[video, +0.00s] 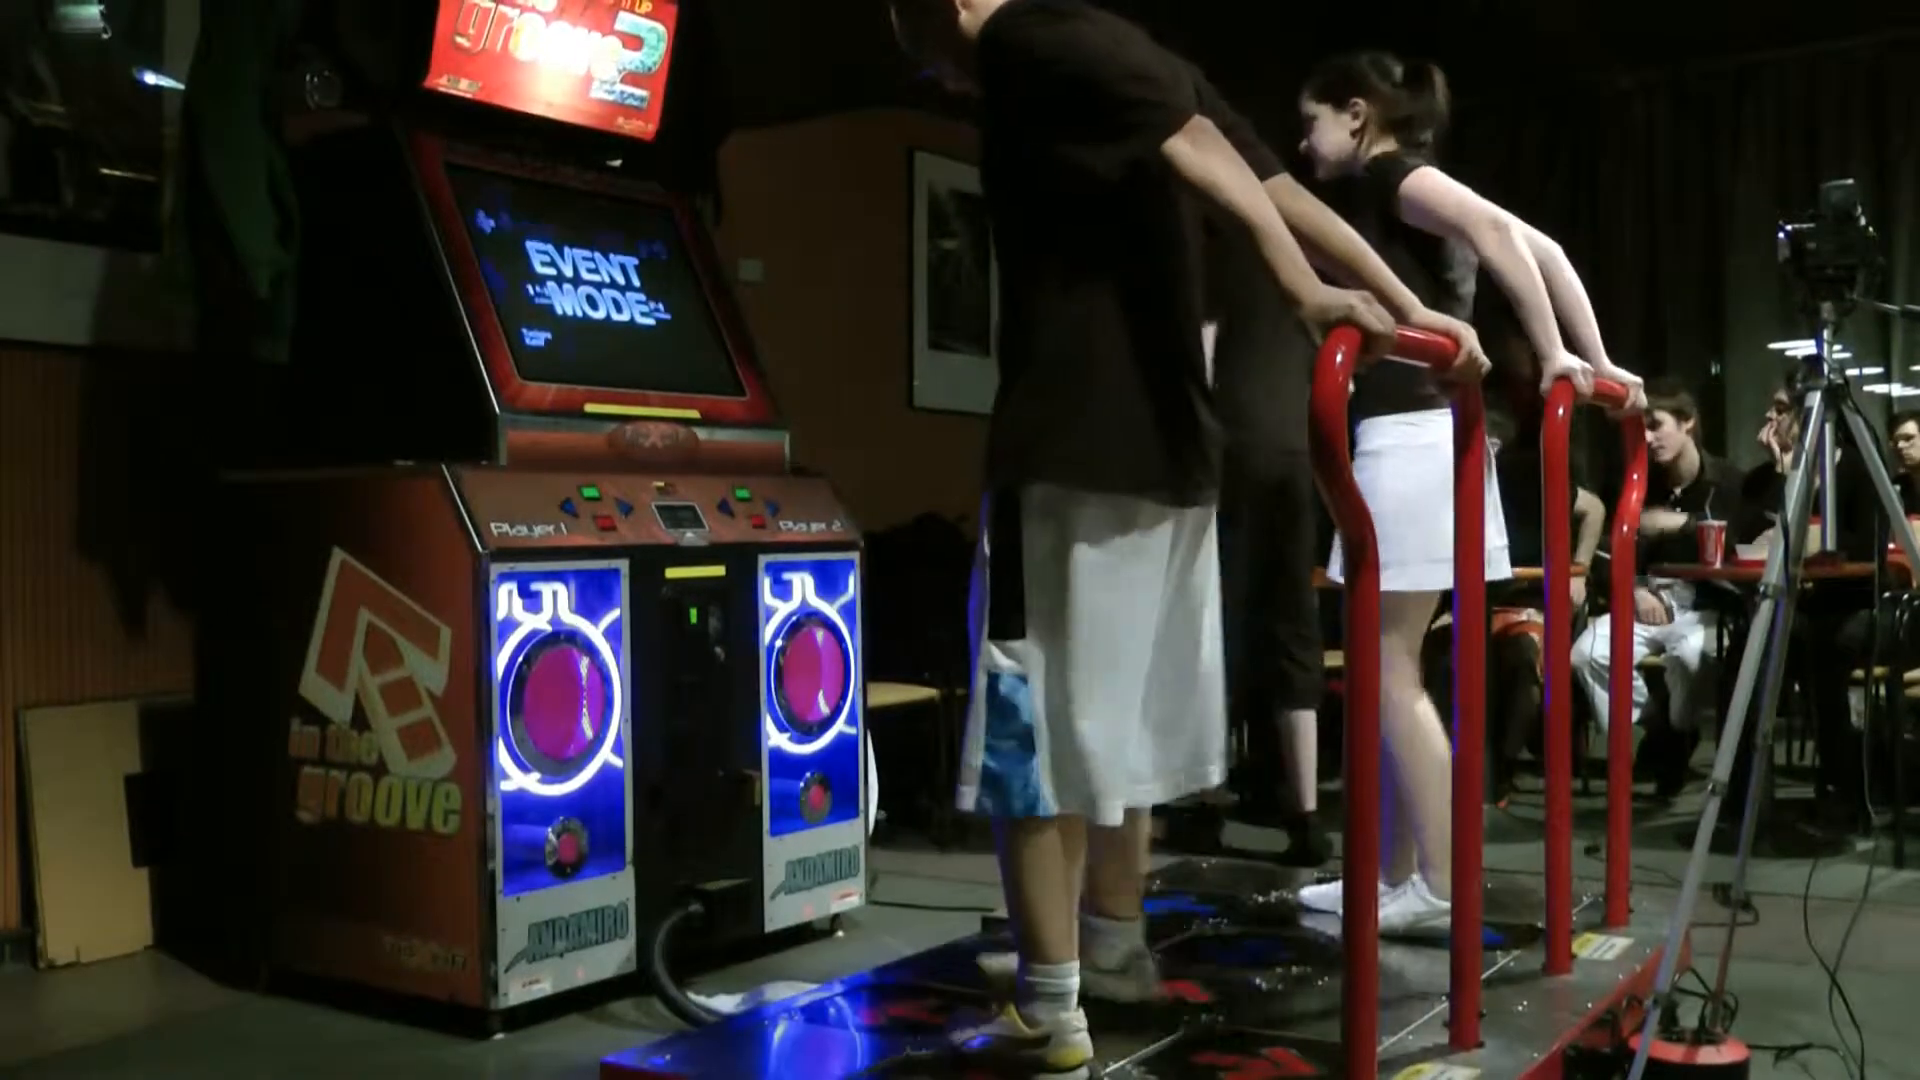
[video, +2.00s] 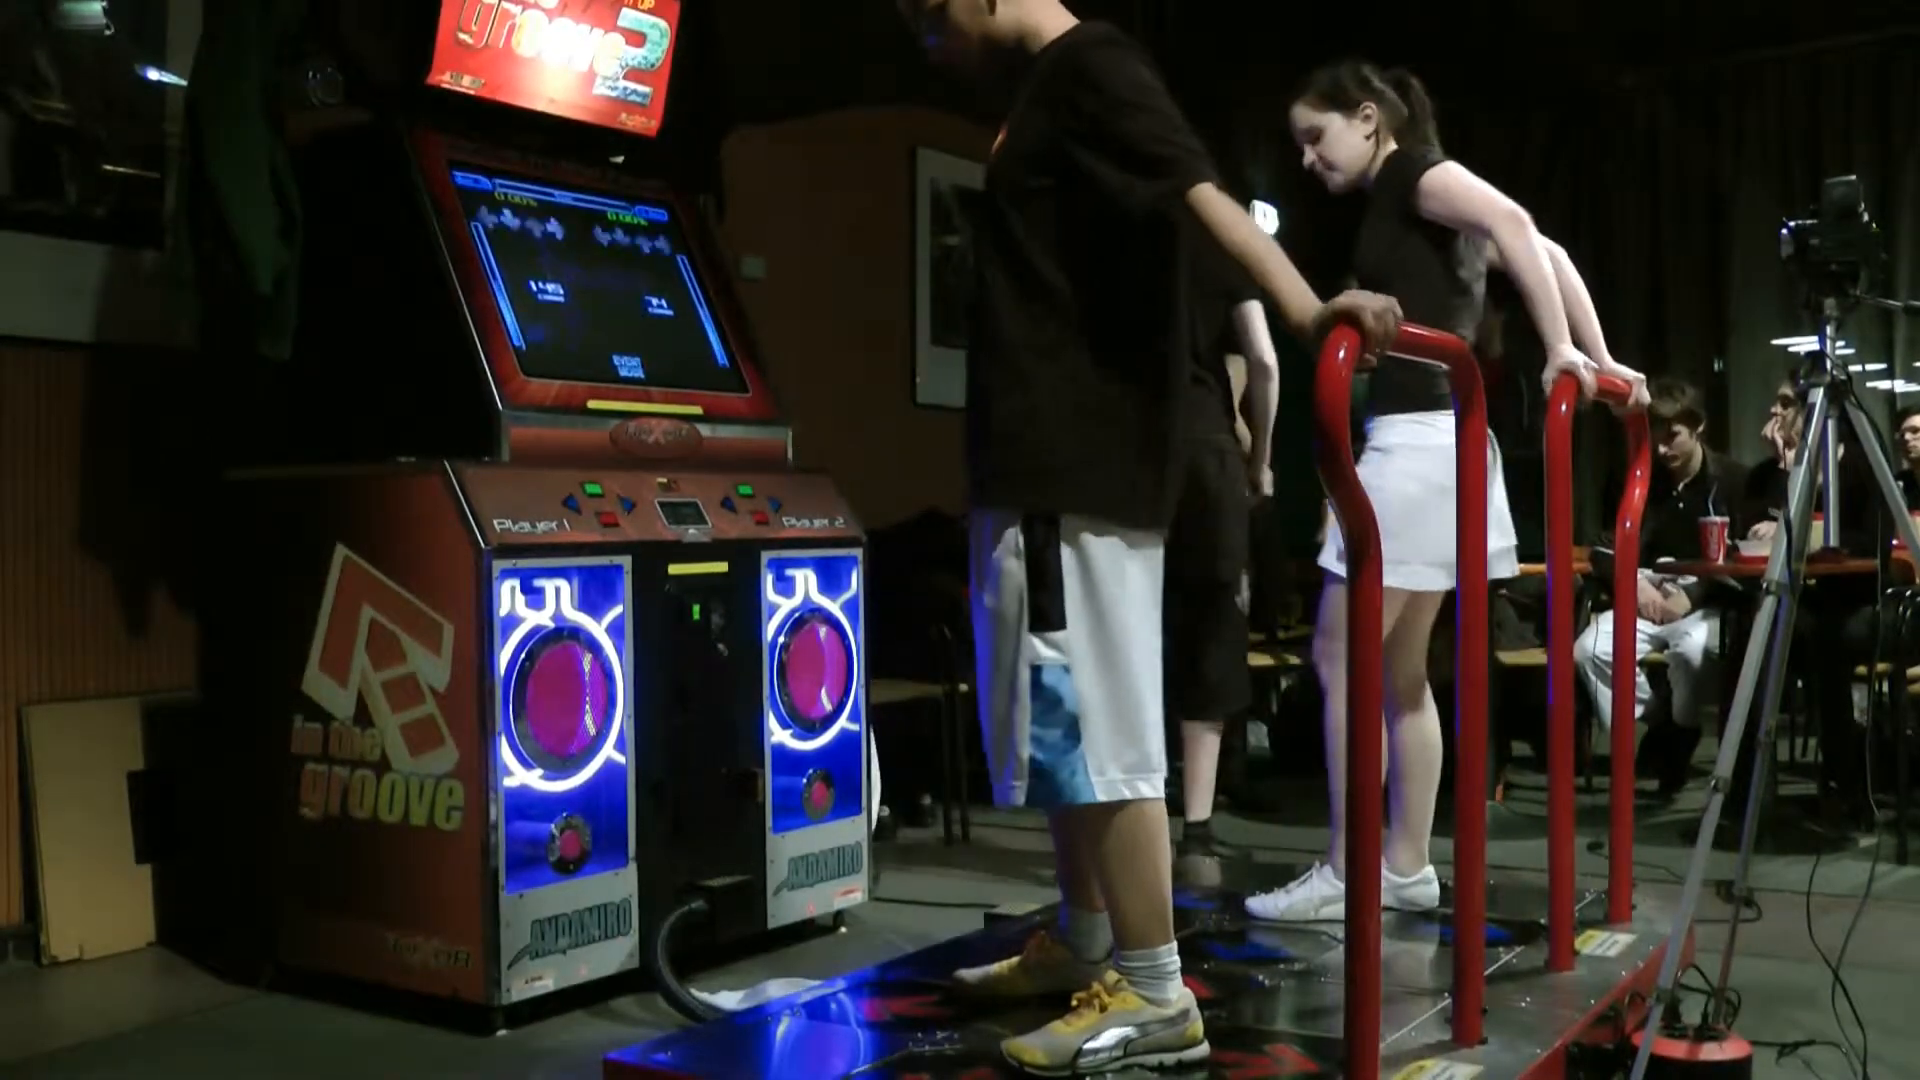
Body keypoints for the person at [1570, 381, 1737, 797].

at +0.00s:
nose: (1650, 437)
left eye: (1659, 426)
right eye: (1645, 428)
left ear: (1688, 425)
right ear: (1638, 430)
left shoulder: (1726, 481)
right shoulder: (1640, 480)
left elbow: (1734, 551)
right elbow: (1612, 552)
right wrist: (1636, 592)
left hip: (1703, 606)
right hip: (1649, 601)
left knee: (1690, 654)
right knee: (1591, 652)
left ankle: (1680, 740)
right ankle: (1654, 733)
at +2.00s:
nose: (1664, 447)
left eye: (1672, 435)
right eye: (1656, 438)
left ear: (1698, 429)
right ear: (1646, 438)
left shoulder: (1730, 480)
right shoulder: (1642, 479)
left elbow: (1740, 558)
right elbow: (1605, 551)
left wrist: (1690, 596)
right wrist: (1637, 588)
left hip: (1705, 602)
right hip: (1647, 596)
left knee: (1690, 650)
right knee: (1593, 649)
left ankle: (1682, 736)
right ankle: (1657, 727)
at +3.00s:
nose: (1667, 448)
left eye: (1675, 435)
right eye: (1658, 438)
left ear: (1701, 428)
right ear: (1648, 437)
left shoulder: (1732, 480)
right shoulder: (1644, 479)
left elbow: (1744, 558)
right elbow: (1605, 548)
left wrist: (1691, 597)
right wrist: (1634, 586)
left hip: (1705, 602)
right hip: (1646, 597)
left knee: (1689, 653)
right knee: (1594, 649)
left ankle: (1683, 737)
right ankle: (1659, 731)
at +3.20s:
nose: (1666, 447)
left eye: (1675, 435)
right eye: (1658, 437)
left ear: (1701, 429)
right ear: (1648, 438)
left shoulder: (1732, 480)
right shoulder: (1642, 479)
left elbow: (1745, 557)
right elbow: (1604, 549)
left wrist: (1691, 596)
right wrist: (1634, 587)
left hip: (1704, 602)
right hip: (1645, 598)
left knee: (1692, 654)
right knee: (1594, 649)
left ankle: (1683, 736)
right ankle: (1659, 730)